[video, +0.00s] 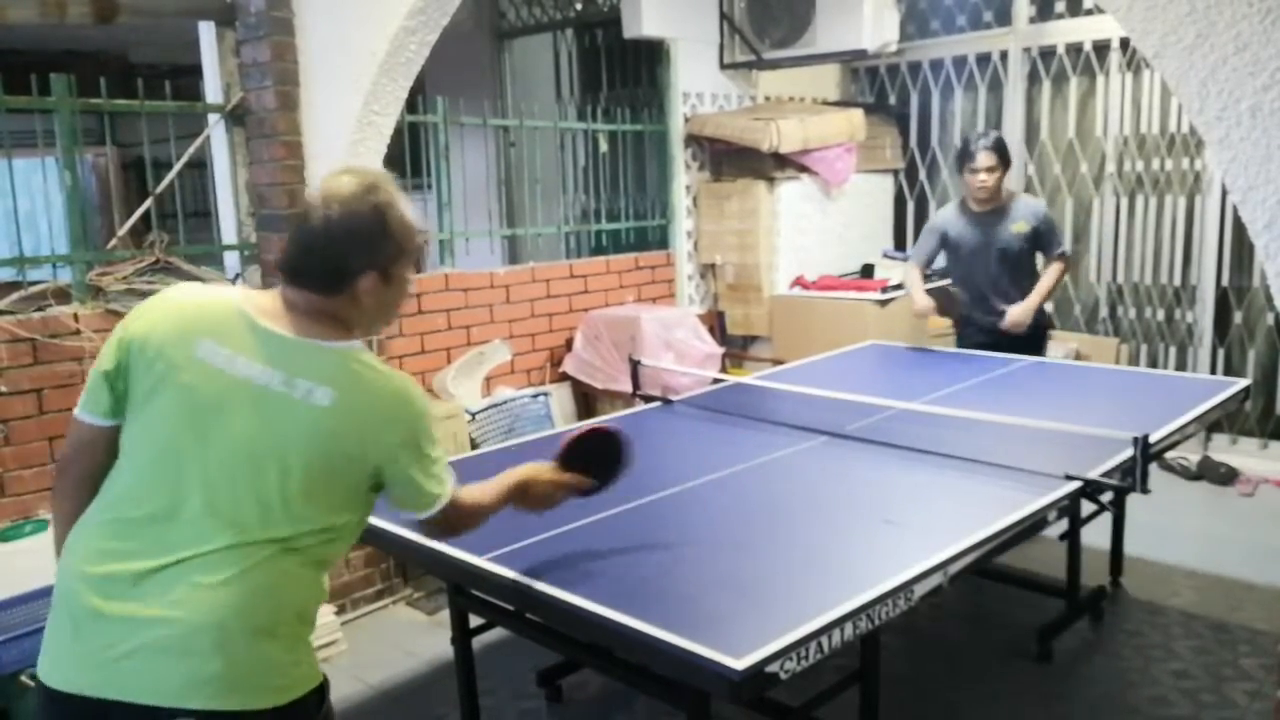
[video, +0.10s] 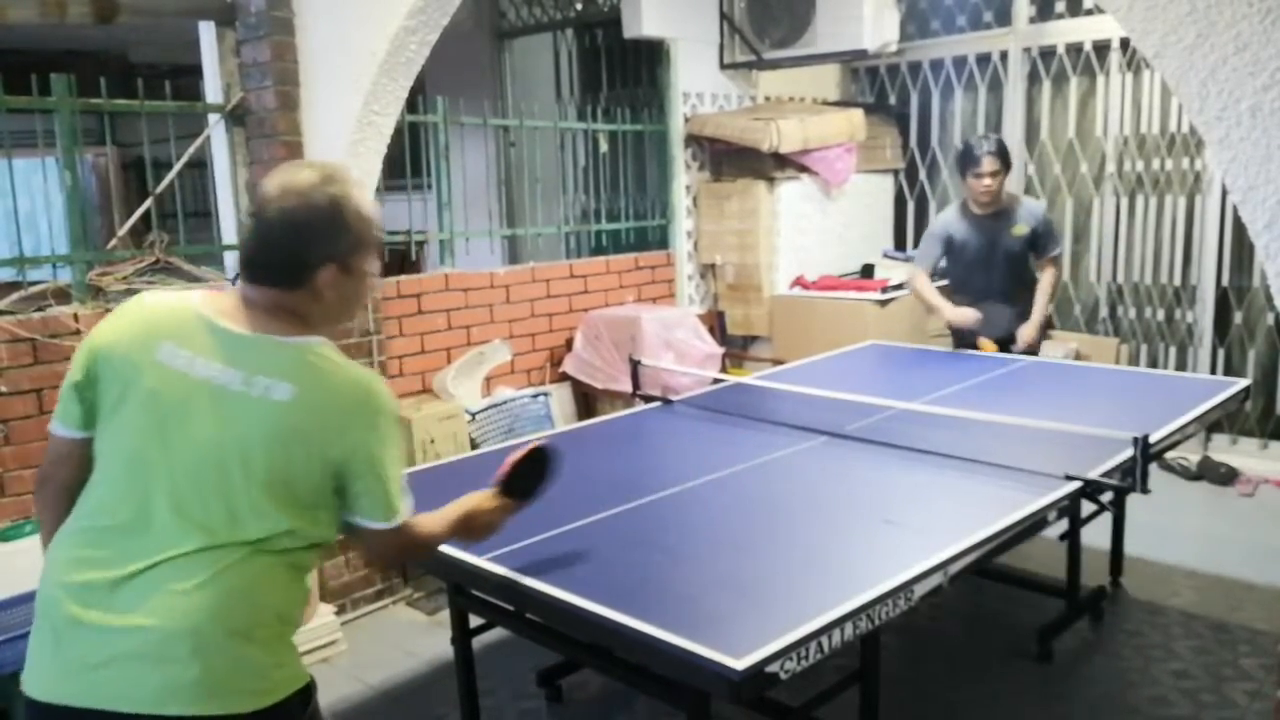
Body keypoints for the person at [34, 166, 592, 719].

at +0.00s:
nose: (413, 286)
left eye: (414, 269)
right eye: (409, 270)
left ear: (288, 260)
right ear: (370, 283)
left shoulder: (164, 316)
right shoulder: (388, 402)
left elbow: (70, 482)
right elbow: (447, 519)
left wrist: (86, 595)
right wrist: (516, 484)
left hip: (83, 662)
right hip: (242, 680)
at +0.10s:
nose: (377, 281)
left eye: (378, 261)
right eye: (372, 263)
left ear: (253, 254)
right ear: (327, 276)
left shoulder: (131, 325)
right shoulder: (354, 399)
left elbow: (52, 488)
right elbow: (393, 550)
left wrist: (79, 597)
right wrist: (476, 510)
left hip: (67, 673)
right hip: (222, 684)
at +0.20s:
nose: (320, 267)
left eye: (318, 250)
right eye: (313, 253)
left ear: (204, 250)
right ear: (273, 268)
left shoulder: (88, 334)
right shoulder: (306, 392)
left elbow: (31, 510)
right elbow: (327, 569)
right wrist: (401, 550)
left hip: (47, 675)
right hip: (204, 683)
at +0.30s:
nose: (276, 256)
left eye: (272, 237)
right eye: (263, 238)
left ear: (147, 243)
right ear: (217, 255)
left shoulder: (45, 338)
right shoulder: (258, 383)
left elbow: (9, 507)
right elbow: (268, 573)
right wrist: (347, 578)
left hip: (28, 667)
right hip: (181, 681)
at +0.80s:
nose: (236, 272)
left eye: (236, 250)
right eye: (232, 248)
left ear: (111, 250)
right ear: (195, 254)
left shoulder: (17, 356)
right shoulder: (249, 366)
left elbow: (11, 499)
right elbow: (309, 542)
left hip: (27, 692)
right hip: (193, 695)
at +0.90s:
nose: (259, 277)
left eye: (260, 257)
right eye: (257, 256)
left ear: (137, 254)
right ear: (227, 261)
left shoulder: (29, 359)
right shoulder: (279, 369)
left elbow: (9, 499)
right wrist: (410, 483)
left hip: (35, 689)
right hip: (207, 691)